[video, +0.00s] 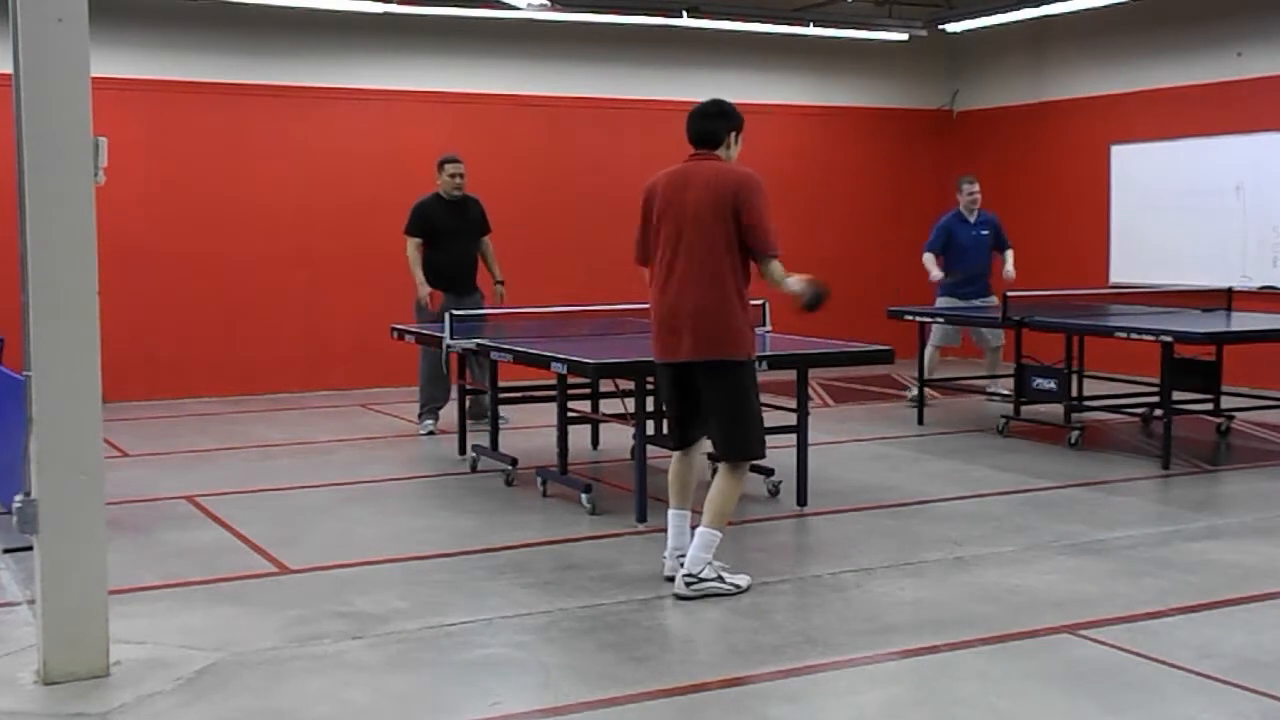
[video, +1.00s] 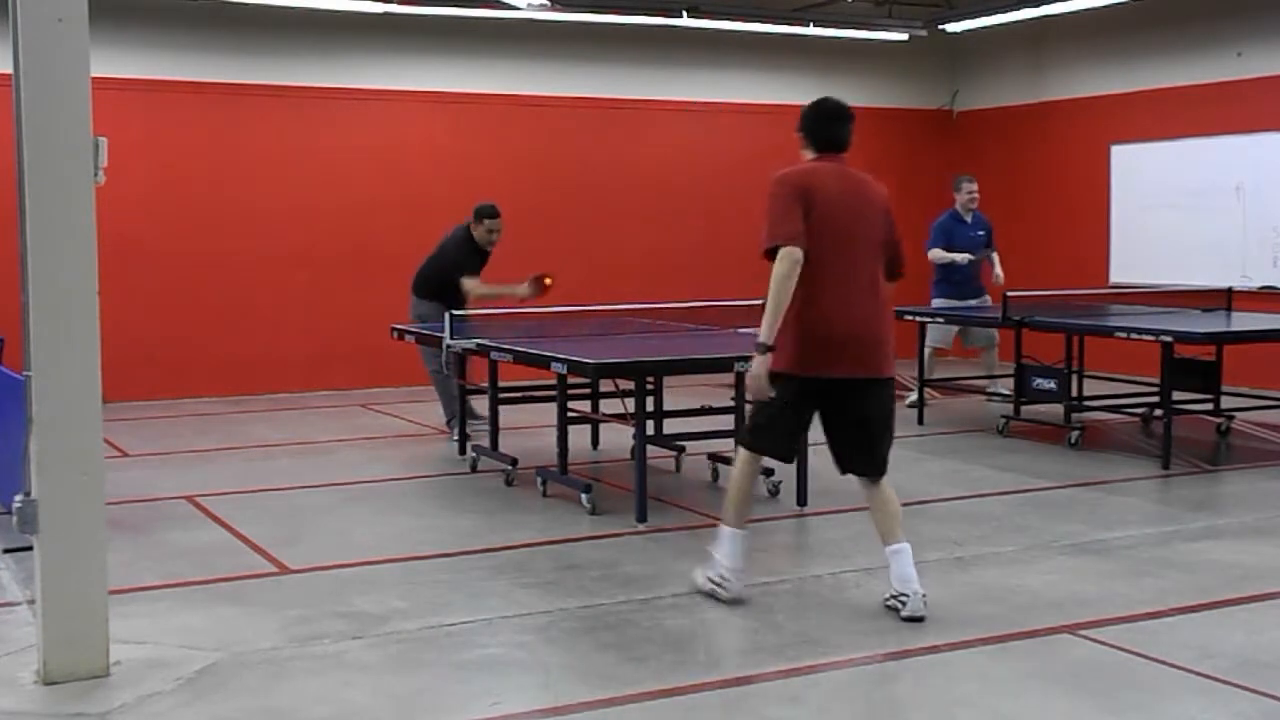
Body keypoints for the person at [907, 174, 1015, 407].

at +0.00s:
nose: (975, 197)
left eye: (977, 193)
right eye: (970, 194)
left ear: (981, 194)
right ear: (959, 196)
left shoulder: (990, 222)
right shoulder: (948, 223)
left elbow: (1006, 248)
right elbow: (928, 252)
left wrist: (1009, 265)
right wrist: (934, 270)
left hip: (983, 295)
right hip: (951, 295)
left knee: (996, 343)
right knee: (935, 343)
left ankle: (992, 385)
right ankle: (920, 386)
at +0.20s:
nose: (953, 208)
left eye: (956, 203)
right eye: (948, 205)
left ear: (964, 202)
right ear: (942, 206)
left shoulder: (980, 226)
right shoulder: (937, 233)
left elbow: (1005, 250)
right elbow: (919, 263)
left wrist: (1000, 270)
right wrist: (905, 284)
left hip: (980, 298)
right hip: (947, 299)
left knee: (996, 345)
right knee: (932, 344)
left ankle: (993, 386)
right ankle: (921, 389)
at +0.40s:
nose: (935, 207)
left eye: (938, 202)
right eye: (930, 204)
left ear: (947, 199)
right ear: (926, 206)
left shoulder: (967, 222)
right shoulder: (925, 230)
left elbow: (993, 246)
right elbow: (924, 262)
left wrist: (979, 270)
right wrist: (911, 265)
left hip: (972, 295)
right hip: (939, 296)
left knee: (986, 343)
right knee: (926, 343)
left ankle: (993, 384)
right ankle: (920, 388)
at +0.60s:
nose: (942, 197)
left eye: (945, 193)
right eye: (937, 194)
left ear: (950, 194)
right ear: (927, 197)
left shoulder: (965, 217)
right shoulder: (922, 223)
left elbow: (986, 244)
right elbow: (924, 252)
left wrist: (971, 260)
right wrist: (940, 230)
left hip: (966, 292)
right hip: (935, 293)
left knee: (983, 338)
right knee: (927, 343)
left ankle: (990, 382)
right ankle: (920, 388)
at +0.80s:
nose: (961, 198)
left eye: (962, 194)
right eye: (955, 194)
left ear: (965, 196)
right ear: (942, 197)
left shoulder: (970, 221)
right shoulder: (932, 226)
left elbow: (983, 247)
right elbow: (929, 259)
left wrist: (986, 266)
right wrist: (958, 251)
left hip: (967, 293)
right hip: (938, 295)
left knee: (981, 340)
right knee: (928, 345)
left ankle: (990, 384)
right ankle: (919, 389)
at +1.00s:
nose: (975, 197)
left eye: (976, 193)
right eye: (969, 193)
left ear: (978, 195)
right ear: (956, 196)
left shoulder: (983, 224)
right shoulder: (943, 224)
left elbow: (991, 250)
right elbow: (933, 254)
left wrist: (997, 268)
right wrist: (954, 257)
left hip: (976, 295)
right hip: (946, 297)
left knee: (991, 341)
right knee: (932, 346)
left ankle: (993, 385)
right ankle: (919, 390)